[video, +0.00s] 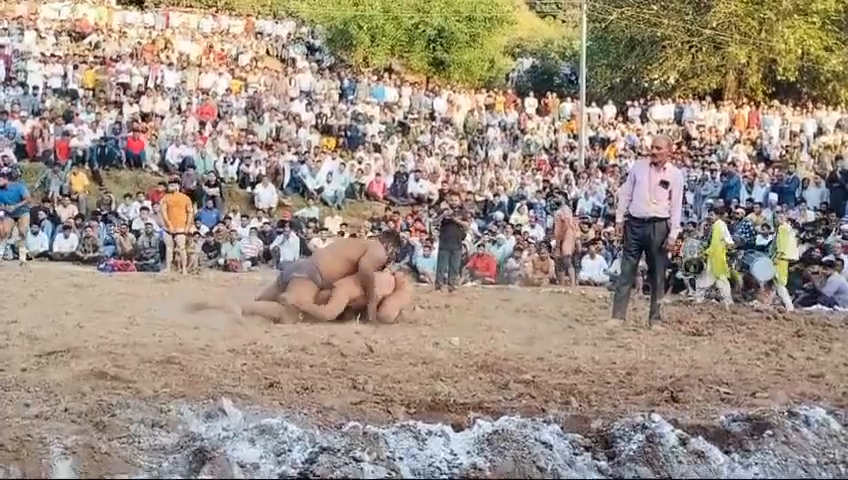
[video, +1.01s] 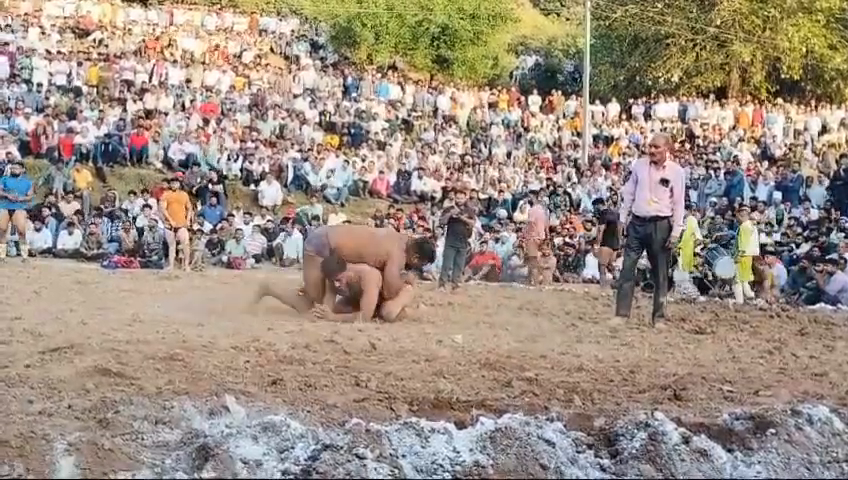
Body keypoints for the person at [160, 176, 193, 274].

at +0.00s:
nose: (172, 187)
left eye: (174, 185)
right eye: (170, 185)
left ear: (178, 186)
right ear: (168, 186)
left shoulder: (185, 198)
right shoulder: (165, 198)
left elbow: (190, 213)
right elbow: (163, 212)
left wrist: (187, 226)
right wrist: (168, 224)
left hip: (181, 227)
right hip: (168, 227)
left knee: (181, 249)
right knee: (169, 248)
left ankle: (184, 268)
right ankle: (168, 267)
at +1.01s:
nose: (174, 185)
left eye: (176, 182)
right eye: (172, 183)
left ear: (179, 184)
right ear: (169, 184)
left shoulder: (184, 195)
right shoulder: (165, 195)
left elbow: (189, 208)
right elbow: (163, 209)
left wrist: (188, 220)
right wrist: (170, 220)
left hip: (182, 224)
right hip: (169, 224)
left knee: (186, 244)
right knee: (171, 245)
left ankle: (186, 265)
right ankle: (170, 265)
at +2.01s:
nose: (223, 212)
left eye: (224, 210)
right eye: (221, 210)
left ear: (226, 212)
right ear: (216, 212)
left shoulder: (229, 223)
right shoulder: (210, 224)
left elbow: (232, 236)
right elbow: (208, 239)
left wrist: (232, 247)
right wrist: (217, 249)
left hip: (227, 252)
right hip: (214, 252)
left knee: (228, 273)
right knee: (216, 274)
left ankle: (230, 294)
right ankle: (216, 293)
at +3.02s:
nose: (214, 221)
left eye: (214, 219)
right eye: (211, 219)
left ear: (216, 220)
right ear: (206, 220)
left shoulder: (219, 233)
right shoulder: (199, 233)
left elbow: (222, 246)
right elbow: (196, 247)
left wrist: (221, 257)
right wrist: (206, 258)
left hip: (215, 261)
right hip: (203, 261)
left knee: (218, 282)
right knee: (204, 283)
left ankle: (221, 302)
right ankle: (202, 303)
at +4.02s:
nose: (207, 219)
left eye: (209, 217)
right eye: (204, 217)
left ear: (212, 218)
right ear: (200, 219)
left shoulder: (216, 231)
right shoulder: (194, 232)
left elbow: (222, 244)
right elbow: (190, 246)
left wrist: (215, 251)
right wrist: (196, 254)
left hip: (213, 258)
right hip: (199, 258)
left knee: (218, 275)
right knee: (190, 276)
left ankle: (217, 298)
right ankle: (194, 297)